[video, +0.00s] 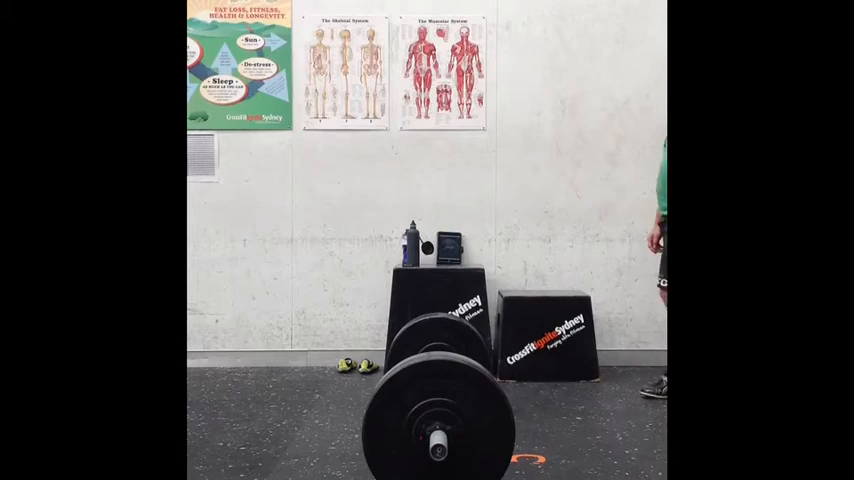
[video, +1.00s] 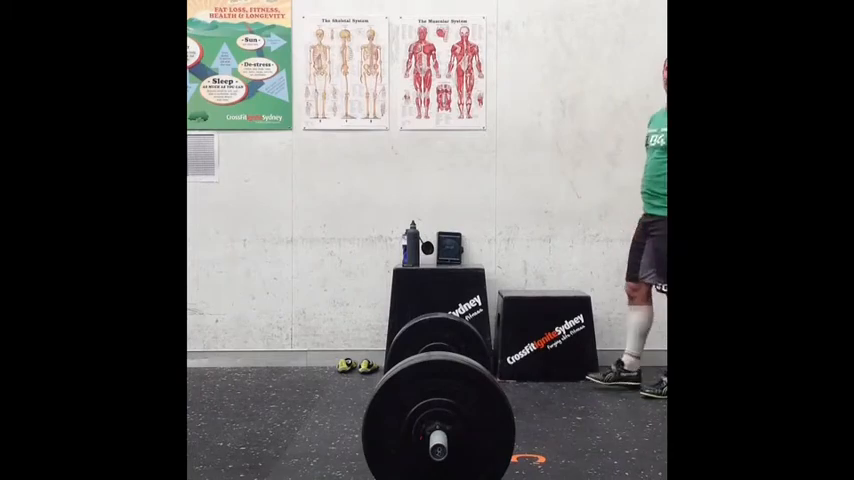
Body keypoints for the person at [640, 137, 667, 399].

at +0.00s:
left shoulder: (665, 149)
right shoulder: (665, 146)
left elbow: (663, 185)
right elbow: (663, 184)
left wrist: (659, 221)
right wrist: (659, 221)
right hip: (666, 227)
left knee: (665, 292)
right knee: (665, 291)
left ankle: (667, 376)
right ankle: (666, 375)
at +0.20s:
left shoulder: (664, 140)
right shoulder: (663, 138)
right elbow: (662, 185)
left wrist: (653, 205)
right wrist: (647, 207)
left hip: (665, 222)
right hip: (661, 222)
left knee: (665, 291)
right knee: (664, 290)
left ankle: (667, 377)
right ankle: (667, 375)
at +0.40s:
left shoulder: (663, 135)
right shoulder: (662, 134)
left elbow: (663, 167)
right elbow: (661, 172)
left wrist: (633, 174)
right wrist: (637, 186)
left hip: (663, 217)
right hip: (657, 216)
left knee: (662, 290)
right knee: (661, 290)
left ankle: (667, 377)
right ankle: (666, 376)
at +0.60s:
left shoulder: (664, 137)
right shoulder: (663, 135)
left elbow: (664, 173)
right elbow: (650, 170)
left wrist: (630, 198)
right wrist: (627, 200)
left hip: (664, 219)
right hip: (655, 217)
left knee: (661, 290)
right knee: (649, 288)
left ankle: (667, 377)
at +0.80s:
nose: (664, 79)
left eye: (666, 74)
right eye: (663, 74)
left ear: (669, 76)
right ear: (662, 77)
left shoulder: (664, 127)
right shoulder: (662, 125)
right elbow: (658, 177)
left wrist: (660, 224)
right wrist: (644, 216)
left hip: (662, 221)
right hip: (651, 220)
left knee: (655, 291)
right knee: (642, 288)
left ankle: (665, 373)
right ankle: (663, 365)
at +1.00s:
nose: (665, 75)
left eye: (666, 70)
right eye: (665, 70)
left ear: (667, 76)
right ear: (663, 77)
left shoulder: (664, 119)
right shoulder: (655, 120)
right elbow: (653, 168)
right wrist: (648, 212)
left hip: (664, 218)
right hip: (650, 217)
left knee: (665, 291)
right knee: (637, 289)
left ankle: (668, 378)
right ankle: (630, 366)